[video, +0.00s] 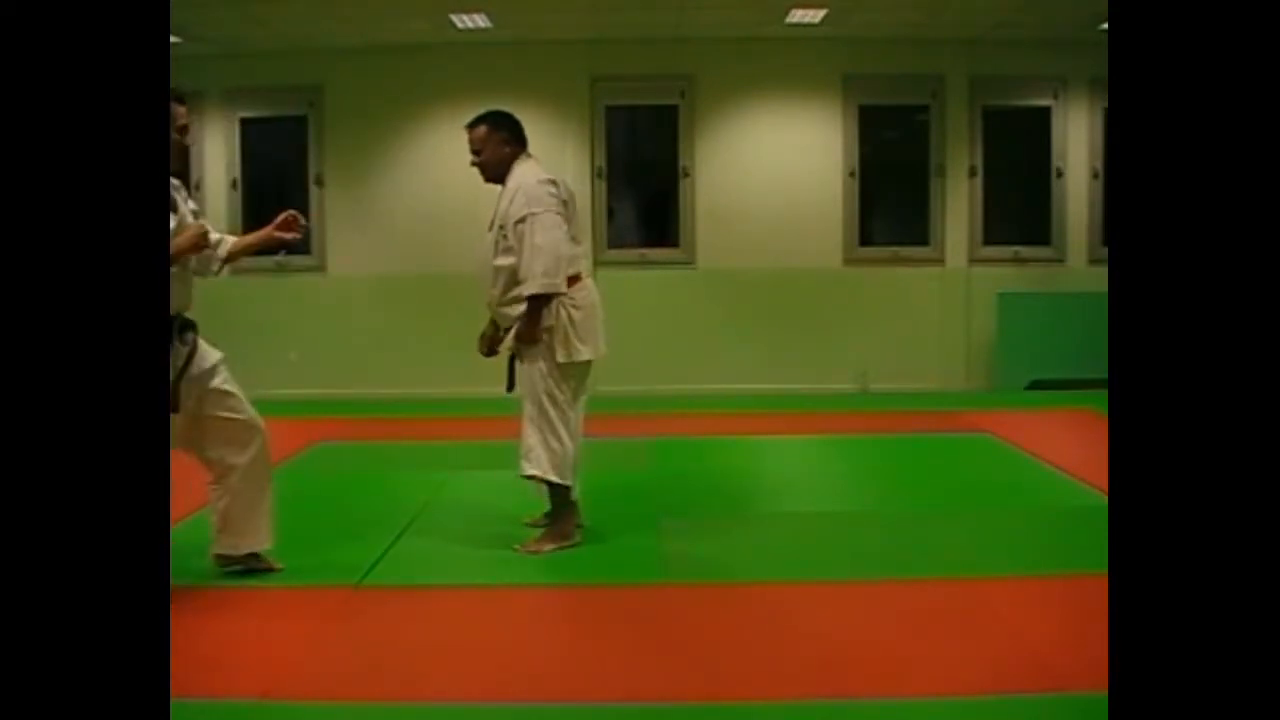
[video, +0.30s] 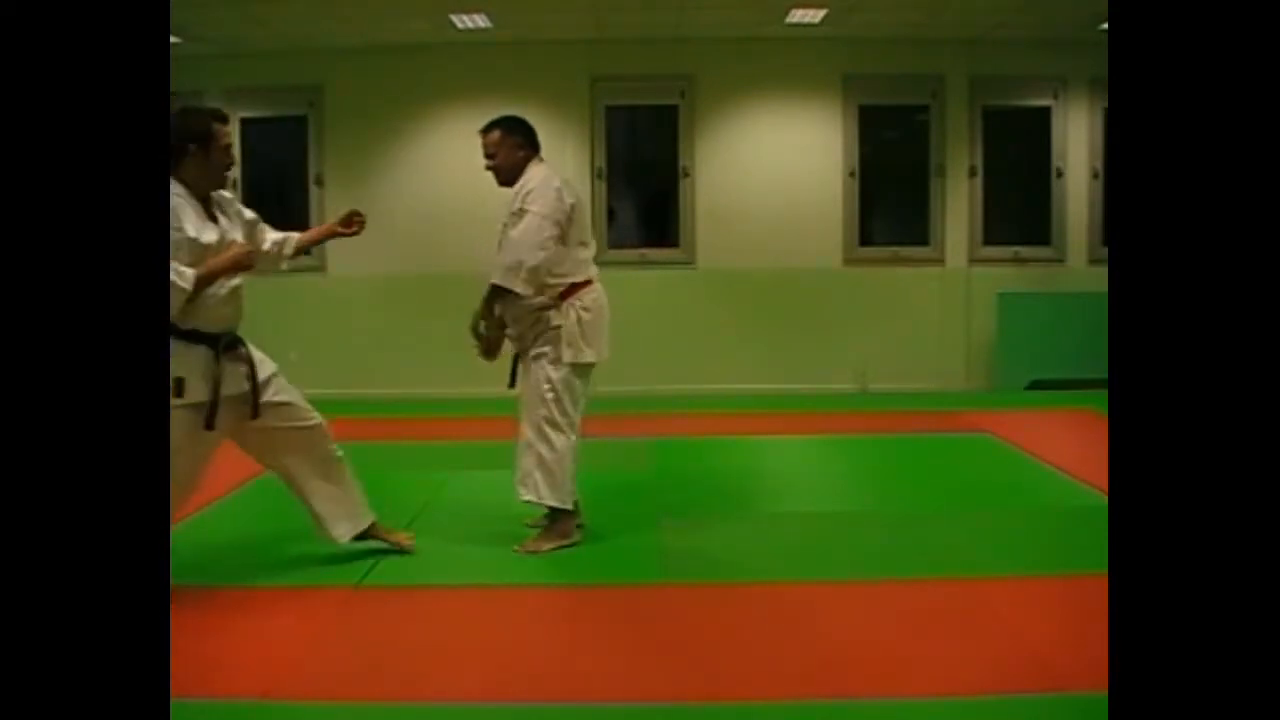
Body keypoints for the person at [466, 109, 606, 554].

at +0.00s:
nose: (475, 161)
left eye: (480, 151)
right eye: (473, 152)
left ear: (508, 147)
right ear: (503, 150)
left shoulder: (531, 188)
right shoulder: (517, 189)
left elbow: (545, 260)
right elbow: (515, 267)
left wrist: (530, 318)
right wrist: (495, 322)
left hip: (557, 315)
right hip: (547, 314)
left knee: (550, 412)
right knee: (548, 412)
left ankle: (563, 518)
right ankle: (558, 506)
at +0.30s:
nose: (488, 164)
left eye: (494, 153)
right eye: (486, 155)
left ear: (521, 150)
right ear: (518, 153)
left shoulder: (544, 190)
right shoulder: (528, 192)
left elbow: (516, 261)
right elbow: (511, 263)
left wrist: (487, 314)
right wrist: (493, 316)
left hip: (566, 316)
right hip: (549, 317)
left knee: (550, 416)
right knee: (546, 415)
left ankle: (562, 518)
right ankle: (559, 509)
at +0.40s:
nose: (493, 166)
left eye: (498, 156)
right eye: (491, 158)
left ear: (528, 153)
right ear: (522, 156)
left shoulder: (550, 193)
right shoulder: (530, 197)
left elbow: (518, 250)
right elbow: (521, 272)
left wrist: (472, 273)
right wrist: (490, 323)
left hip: (572, 319)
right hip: (550, 321)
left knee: (552, 419)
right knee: (545, 416)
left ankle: (560, 521)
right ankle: (567, 506)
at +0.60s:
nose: (507, 169)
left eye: (514, 159)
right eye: (504, 161)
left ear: (541, 156)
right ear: (516, 160)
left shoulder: (566, 188)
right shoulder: (527, 199)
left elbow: (507, 208)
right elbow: (492, 256)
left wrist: (456, 186)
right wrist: (427, 267)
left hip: (584, 322)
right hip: (548, 328)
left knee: (566, 415)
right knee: (546, 418)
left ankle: (569, 516)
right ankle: (559, 508)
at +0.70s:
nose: (519, 164)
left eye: (527, 155)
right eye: (514, 157)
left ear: (553, 156)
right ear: (513, 162)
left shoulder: (583, 188)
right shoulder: (518, 215)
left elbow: (531, 195)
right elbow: (475, 242)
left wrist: (486, 170)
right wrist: (421, 235)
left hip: (583, 323)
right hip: (540, 330)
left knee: (569, 409)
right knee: (540, 419)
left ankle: (588, 510)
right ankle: (567, 504)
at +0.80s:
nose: (526, 173)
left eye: (532, 163)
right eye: (520, 167)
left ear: (557, 159)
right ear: (517, 169)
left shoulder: (590, 188)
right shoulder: (519, 206)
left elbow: (554, 199)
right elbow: (493, 245)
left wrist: (502, 176)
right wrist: (449, 239)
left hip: (585, 324)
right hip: (538, 329)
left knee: (572, 411)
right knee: (541, 419)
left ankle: (592, 511)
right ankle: (568, 505)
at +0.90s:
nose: (529, 179)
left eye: (535, 169)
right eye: (524, 171)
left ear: (560, 161)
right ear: (520, 171)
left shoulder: (597, 190)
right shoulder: (519, 212)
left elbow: (581, 215)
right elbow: (489, 271)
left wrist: (523, 199)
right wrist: (491, 252)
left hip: (585, 330)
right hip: (538, 333)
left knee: (579, 425)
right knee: (540, 426)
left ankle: (593, 514)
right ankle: (567, 504)